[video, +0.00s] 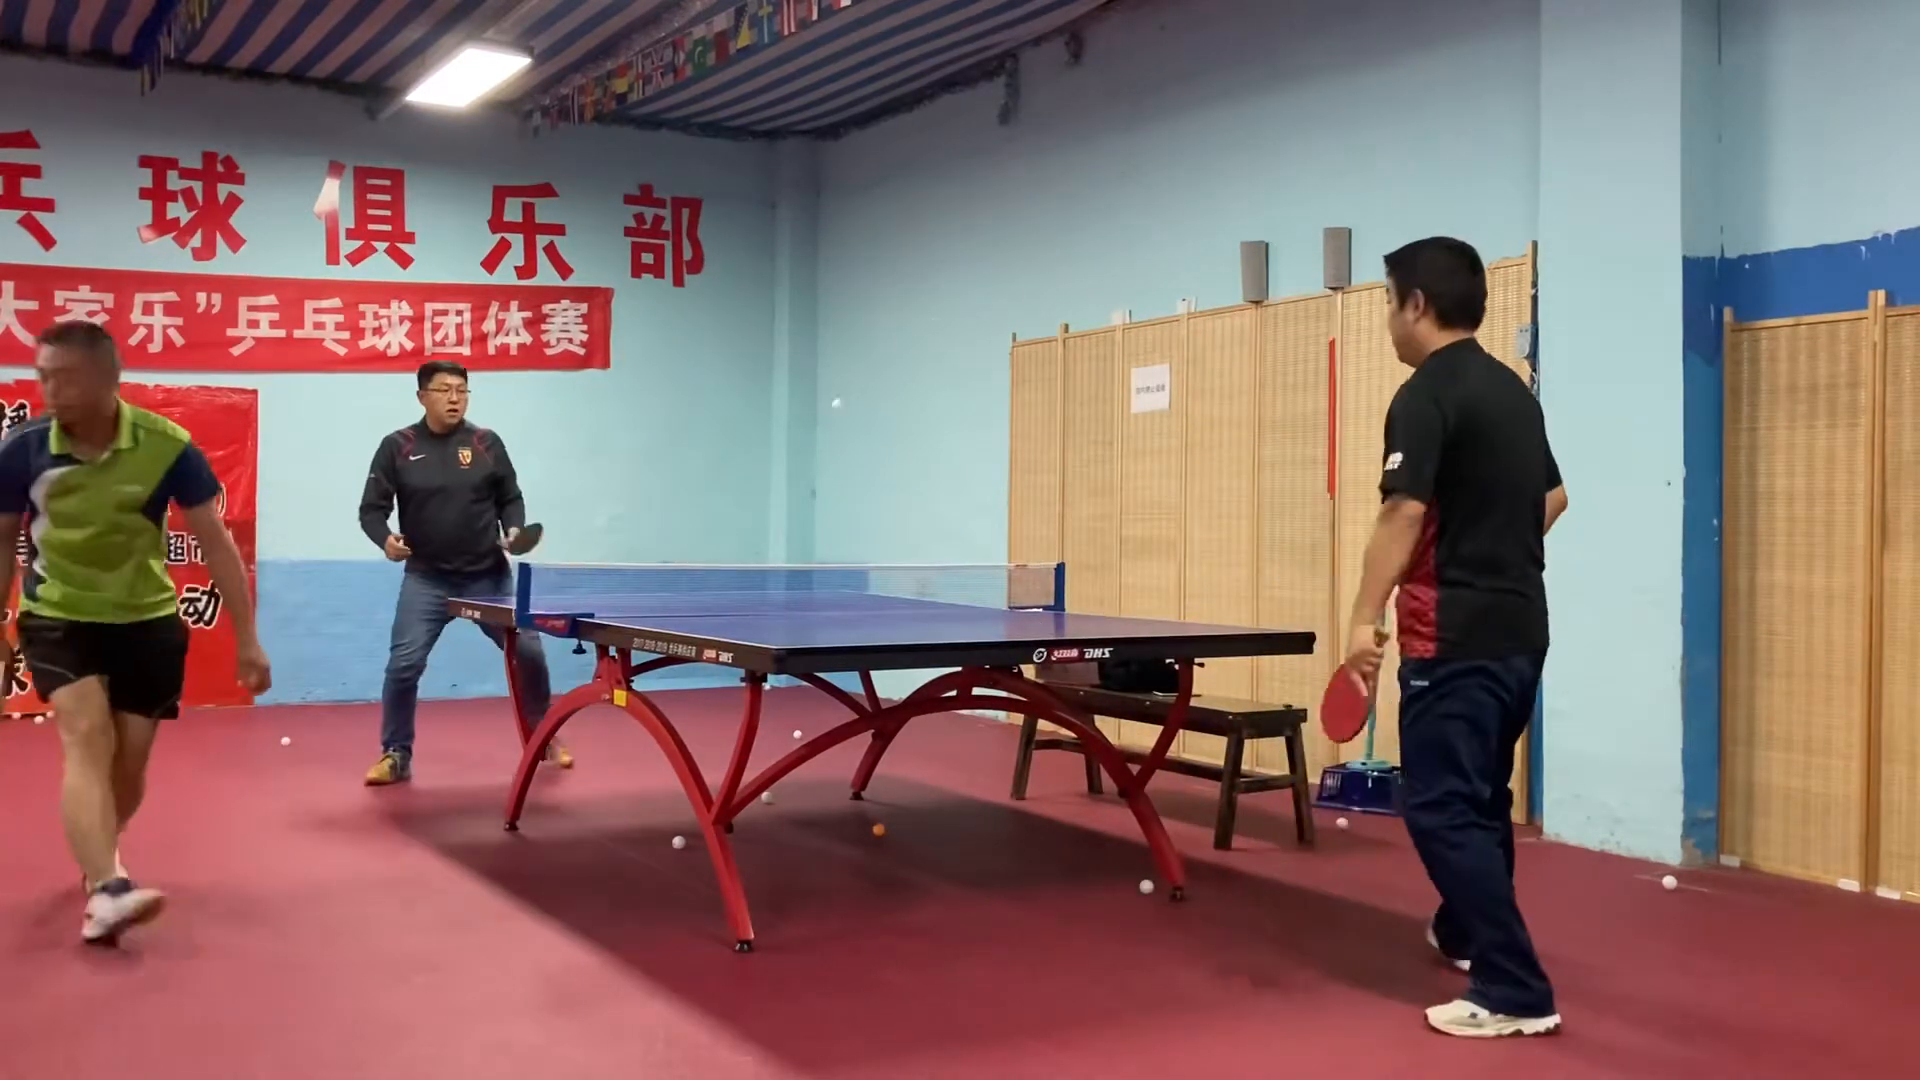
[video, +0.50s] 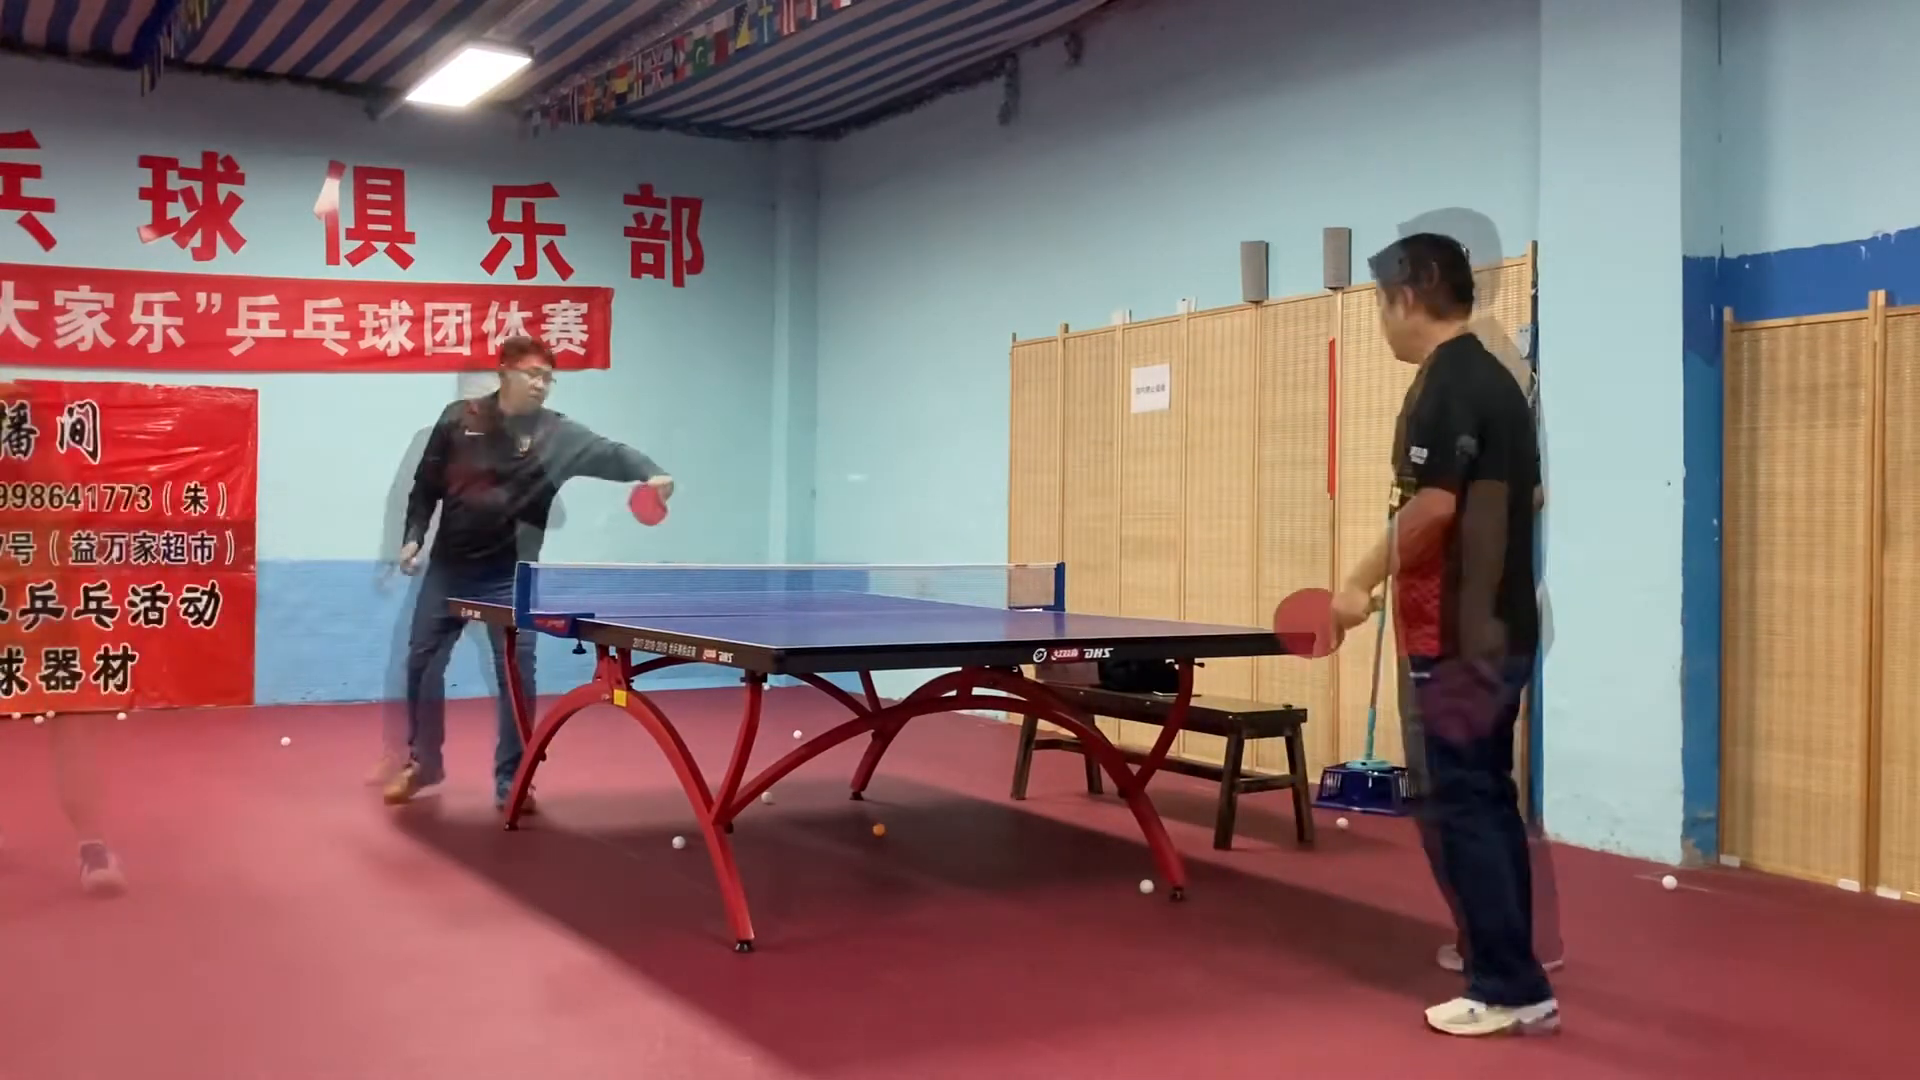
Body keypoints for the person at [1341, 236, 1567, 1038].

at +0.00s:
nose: (1388, 321)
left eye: (1391, 306)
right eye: (1388, 306)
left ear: (1417, 304)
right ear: (1469, 307)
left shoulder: (1425, 393)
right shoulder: (1510, 385)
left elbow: (1403, 513)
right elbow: (1551, 497)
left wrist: (1363, 619)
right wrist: (1487, 556)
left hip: (1456, 638)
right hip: (1516, 632)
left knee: (1436, 806)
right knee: (1482, 790)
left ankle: (1515, 993)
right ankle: (1465, 926)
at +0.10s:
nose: (1391, 309)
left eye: (1395, 293)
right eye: (1393, 292)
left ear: (1422, 293)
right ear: (1473, 296)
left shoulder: (1439, 377)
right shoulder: (1510, 376)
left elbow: (1430, 494)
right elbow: (1547, 491)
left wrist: (1398, 599)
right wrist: (1480, 553)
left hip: (1468, 628)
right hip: (1518, 625)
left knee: (1450, 805)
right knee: (1491, 789)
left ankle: (1515, 994)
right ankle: (1478, 926)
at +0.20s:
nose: (1393, 300)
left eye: (1397, 284)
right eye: (1395, 284)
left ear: (1426, 284)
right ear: (1472, 286)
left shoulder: (1451, 366)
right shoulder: (1506, 366)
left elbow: (1457, 479)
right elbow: (1546, 483)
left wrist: (1442, 585)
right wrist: (1484, 545)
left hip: (1470, 629)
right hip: (1511, 625)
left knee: (1461, 805)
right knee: (1492, 793)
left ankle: (1515, 994)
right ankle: (1508, 952)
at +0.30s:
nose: (1395, 299)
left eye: (1398, 282)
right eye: (1397, 282)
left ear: (1429, 281)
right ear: (1468, 282)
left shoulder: (1460, 360)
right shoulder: (1500, 360)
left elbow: (1477, 485)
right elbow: (1539, 480)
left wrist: (1483, 591)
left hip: (1465, 625)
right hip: (1500, 617)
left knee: (1471, 803)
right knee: (1492, 791)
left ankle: (1514, 994)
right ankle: (1526, 953)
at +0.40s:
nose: (1394, 305)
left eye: (1398, 289)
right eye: (1396, 289)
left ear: (1427, 287)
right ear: (1458, 288)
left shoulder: (1465, 371)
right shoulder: (1484, 364)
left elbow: (1484, 499)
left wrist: (1497, 612)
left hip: (1457, 634)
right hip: (1470, 624)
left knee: (1469, 802)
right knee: (1478, 793)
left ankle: (1515, 994)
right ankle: (1497, 947)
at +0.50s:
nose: (1382, 322)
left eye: (1384, 305)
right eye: (1381, 306)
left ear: (1414, 299)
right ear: (1448, 296)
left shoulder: (1449, 380)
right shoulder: (1487, 374)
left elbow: (1434, 504)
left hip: (1457, 642)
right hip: (1492, 634)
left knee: (1454, 802)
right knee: (1478, 794)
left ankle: (1511, 989)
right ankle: (1496, 952)